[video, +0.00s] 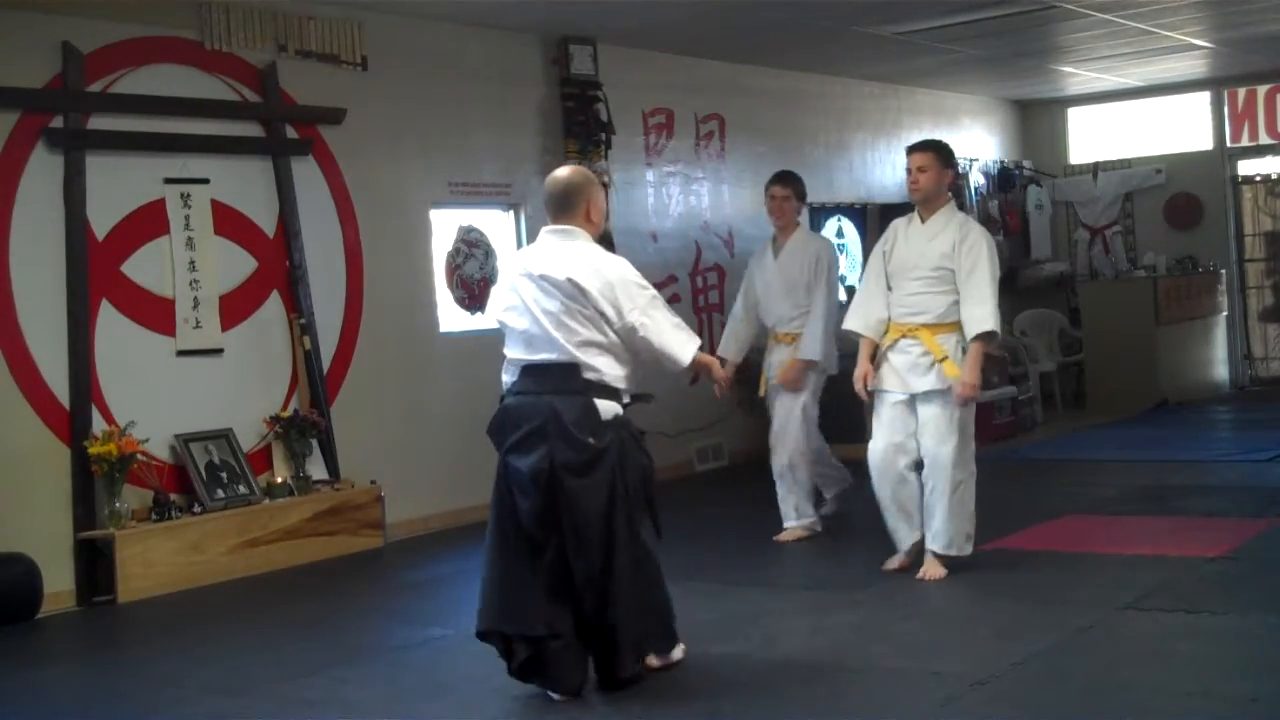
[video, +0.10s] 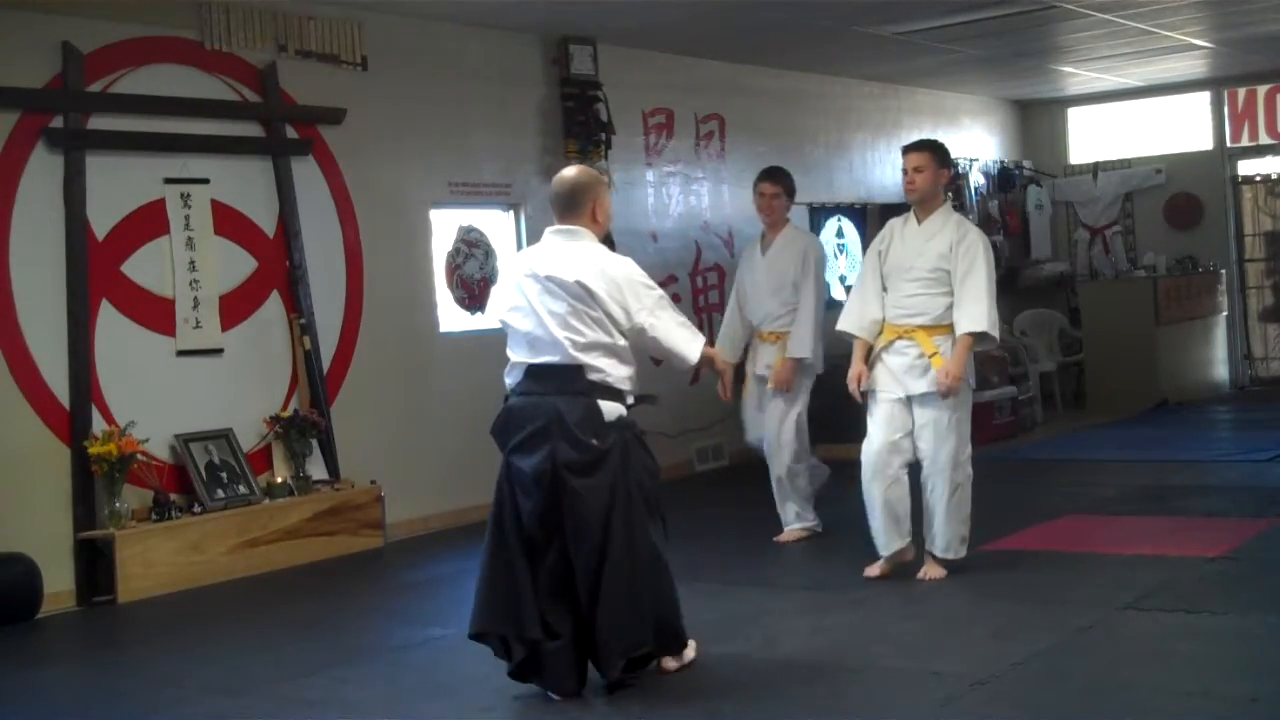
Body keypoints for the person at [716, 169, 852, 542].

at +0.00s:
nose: (776, 206)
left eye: (785, 199)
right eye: (771, 199)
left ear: (800, 205)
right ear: (765, 204)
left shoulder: (819, 249)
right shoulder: (762, 257)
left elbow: (823, 309)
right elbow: (745, 312)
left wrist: (804, 359)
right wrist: (729, 361)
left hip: (807, 347)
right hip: (776, 348)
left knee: (788, 436)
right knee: (792, 430)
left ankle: (801, 519)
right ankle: (836, 482)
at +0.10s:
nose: (766, 203)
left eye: (775, 196)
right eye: (761, 196)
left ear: (790, 201)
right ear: (754, 200)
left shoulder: (806, 246)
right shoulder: (751, 251)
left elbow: (810, 308)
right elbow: (738, 309)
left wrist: (793, 358)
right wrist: (726, 359)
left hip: (792, 348)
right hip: (759, 348)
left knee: (783, 439)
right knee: (757, 433)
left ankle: (800, 520)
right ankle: (812, 473)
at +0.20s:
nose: (753, 197)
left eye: (761, 190)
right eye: (747, 190)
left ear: (776, 195)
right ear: (740, 195)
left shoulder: (790, 238)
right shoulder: (739, 245)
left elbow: (794, 299)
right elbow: (729, 304)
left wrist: (779, 354)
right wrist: (720, 351)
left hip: (781, 346)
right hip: (744, 347)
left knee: (783, 439)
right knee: (734, 432)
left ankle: (801, 519)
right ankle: (771, 504)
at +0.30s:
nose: (736, 195)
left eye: (744, 188)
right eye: (730, 188)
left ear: (759, 193)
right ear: (723, 193)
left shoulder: (771, 237)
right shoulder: (726, 243)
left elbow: (775, 298)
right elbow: (723, 303)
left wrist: (763, 354)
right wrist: (715, 353)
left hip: (768, 343)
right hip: (731, 345)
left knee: (784, 437)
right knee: (714, 434)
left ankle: (801, 519)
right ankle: (726, 521)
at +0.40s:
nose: (715, 201)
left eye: (724, 194)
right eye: (710, 194)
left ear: (739, 198)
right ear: (704, 199)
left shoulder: (751, 244)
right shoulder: (712, 247)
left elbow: (751, 308)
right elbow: (709, 304)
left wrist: (733, 367)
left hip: (756, 359)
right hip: (717, 358)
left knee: (776, 442)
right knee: (698, 443)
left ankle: (798, 518)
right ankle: (693, 529)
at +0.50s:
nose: (694, 207)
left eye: (702, 199)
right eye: (689, 200)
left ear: (718, 204)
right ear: (683, 205)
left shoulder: (731, 246)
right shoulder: (700, 252)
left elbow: (729, 312)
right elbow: (702, 312)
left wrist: (702, 369)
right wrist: (683, 364)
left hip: (736, 360)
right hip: (700, 360)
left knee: (745, 443)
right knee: (687, 450)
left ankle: (792, 514)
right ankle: (695, 534)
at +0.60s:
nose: (678, 211)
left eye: (686, 204)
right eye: (673, 204)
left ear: (701, 208)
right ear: (666, 209)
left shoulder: (711, 249)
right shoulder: (688, 250)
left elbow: (704, 317)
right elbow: (689, 310)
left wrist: (684, 366)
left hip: (723, 356)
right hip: (685, 357)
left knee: (713, 449)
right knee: (677, 446)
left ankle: (766, 504)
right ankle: (694, 534)